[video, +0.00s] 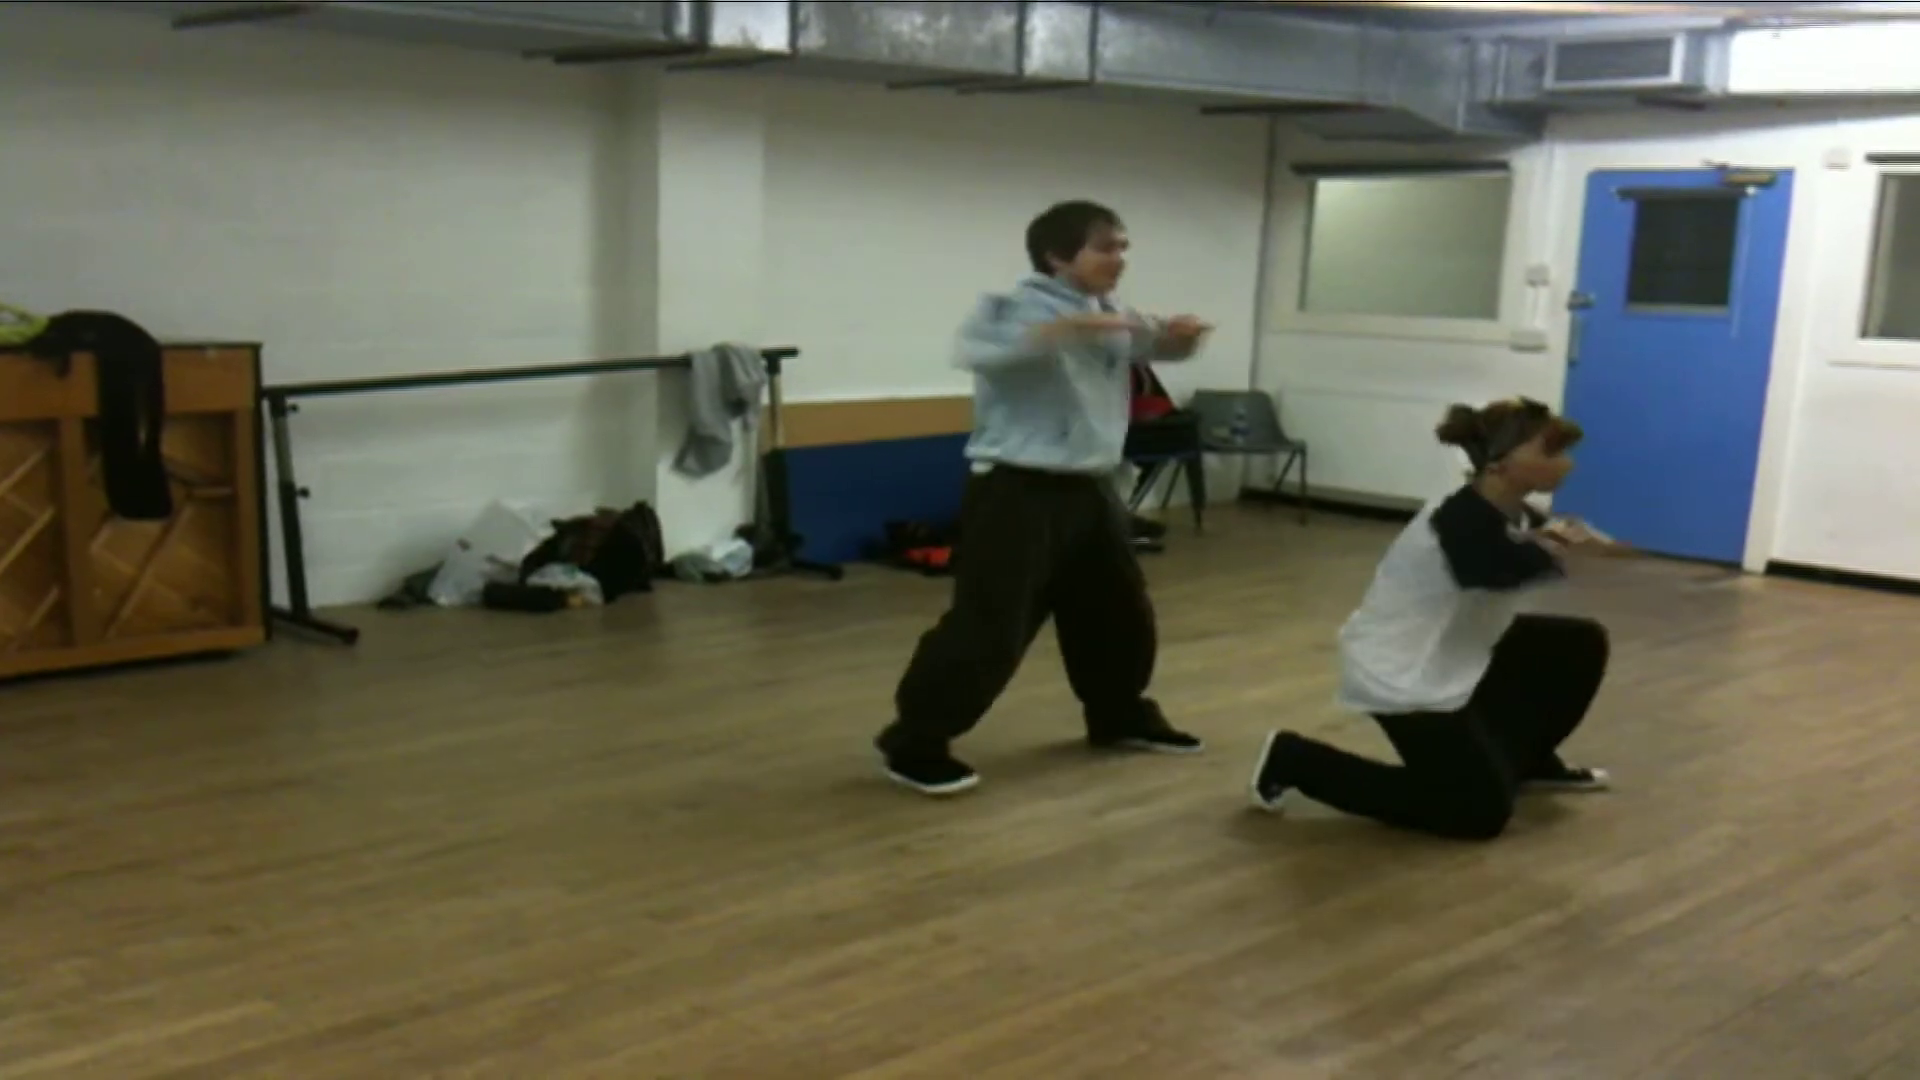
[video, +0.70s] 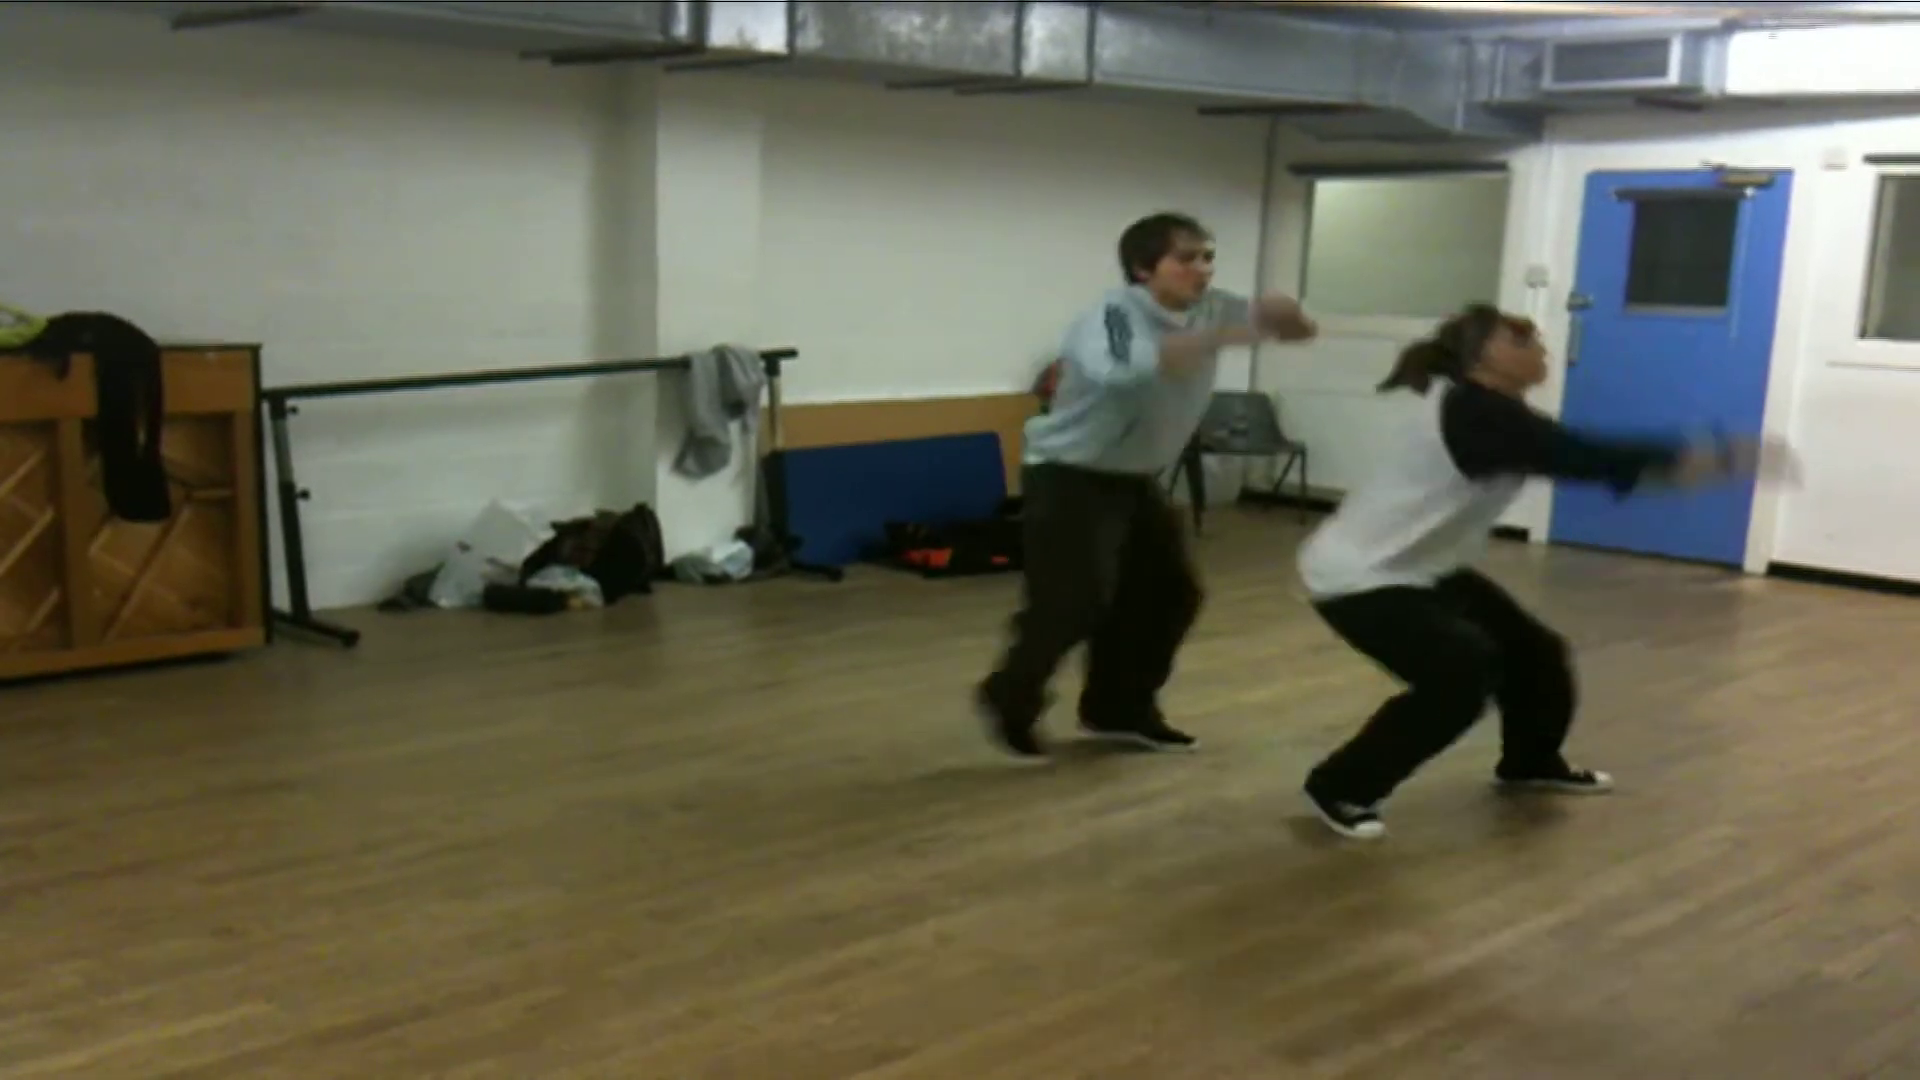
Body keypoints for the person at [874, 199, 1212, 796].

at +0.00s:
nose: (1121, 259)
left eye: (1122, 248)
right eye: (1109, 248)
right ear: (1065, 255)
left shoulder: (1112, 317)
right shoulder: (1014, 307)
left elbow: (1149, 341)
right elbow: (971, 351)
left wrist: (1175, 339)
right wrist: (1064, 331)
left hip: (1086, 491)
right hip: (1014, 492)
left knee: (1114, 614)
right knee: (989, 626)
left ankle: (1119, 718)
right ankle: (914, 743)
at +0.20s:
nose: (1118, 278)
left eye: (1121, 266)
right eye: (1107, 265)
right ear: (1059, 269)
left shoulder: (1100, 323)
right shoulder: (980, 323)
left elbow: (1133, 343)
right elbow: (898, 380)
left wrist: (1139, 360)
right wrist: (997, 385)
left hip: (1095, 499)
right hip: (1020, 505)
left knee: (1129, 609)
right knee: (998, 633)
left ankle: (1121, 719)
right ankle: (931, 753)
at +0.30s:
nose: (1147, 296)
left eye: (1149, 283)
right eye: (1135, 283)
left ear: (1094, 290)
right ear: (1084, 288)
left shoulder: (1121, 348)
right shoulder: (999, 347)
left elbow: (1134, 416)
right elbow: (932, 431)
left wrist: (1134, 469)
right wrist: (997, 502)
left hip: (1092, 516)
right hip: (1020, 517)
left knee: (1131, 612)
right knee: (998, 640)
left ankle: (1123, 720)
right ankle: (930, 754)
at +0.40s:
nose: (1160, 311)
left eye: (1160, 299)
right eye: (1147, 300)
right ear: (1096, 309)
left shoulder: (1134, 374)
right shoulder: (1015, 371)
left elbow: (1133, 453)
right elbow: (969, 473)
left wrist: (1140, 518)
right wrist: (1019, 546)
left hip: (1082, 525)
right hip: (1007, 528)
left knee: (1144, 609)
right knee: (1011, 634)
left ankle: (1124, 719)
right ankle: (930, 753)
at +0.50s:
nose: (1169, 307)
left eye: (1168, 296)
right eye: (1154, 298)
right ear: (1105, 311)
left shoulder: (1153, 369)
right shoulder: (1035, 367)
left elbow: (1180, 443)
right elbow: (1031, 473)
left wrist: (1209, 501)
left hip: (1068, 520)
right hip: (999, 515)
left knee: (1144, 605)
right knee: (1012, 630)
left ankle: (1121, 716)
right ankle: (930, 751)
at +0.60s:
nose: (1192, 285)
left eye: (1193, 274)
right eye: (1177, 275)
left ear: (1190, 283)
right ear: (1134, 286)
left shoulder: (1193, 344)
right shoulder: (1080, 341)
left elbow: (1243, 390)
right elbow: (1093, 420)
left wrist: (1275, 412)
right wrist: (1198, 430)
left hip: (1103, 502)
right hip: (1031, 498)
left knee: (1143, 608)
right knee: (1023, 622)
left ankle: (1110, 715)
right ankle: (941, 742)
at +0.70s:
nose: (1203, 269)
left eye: (1207, 258)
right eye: (1189, 258)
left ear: (1212, 264)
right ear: (1148, 266)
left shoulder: (1210, 311)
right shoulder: (1113, 316)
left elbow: (1272, 323)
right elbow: (1113, 370)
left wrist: (1286, 318)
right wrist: (1220, 340)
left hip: (1130, 482)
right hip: (1067, 480)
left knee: (1166, 594)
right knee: (1074, 598)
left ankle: (1119, 707)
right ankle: (1010, 698)